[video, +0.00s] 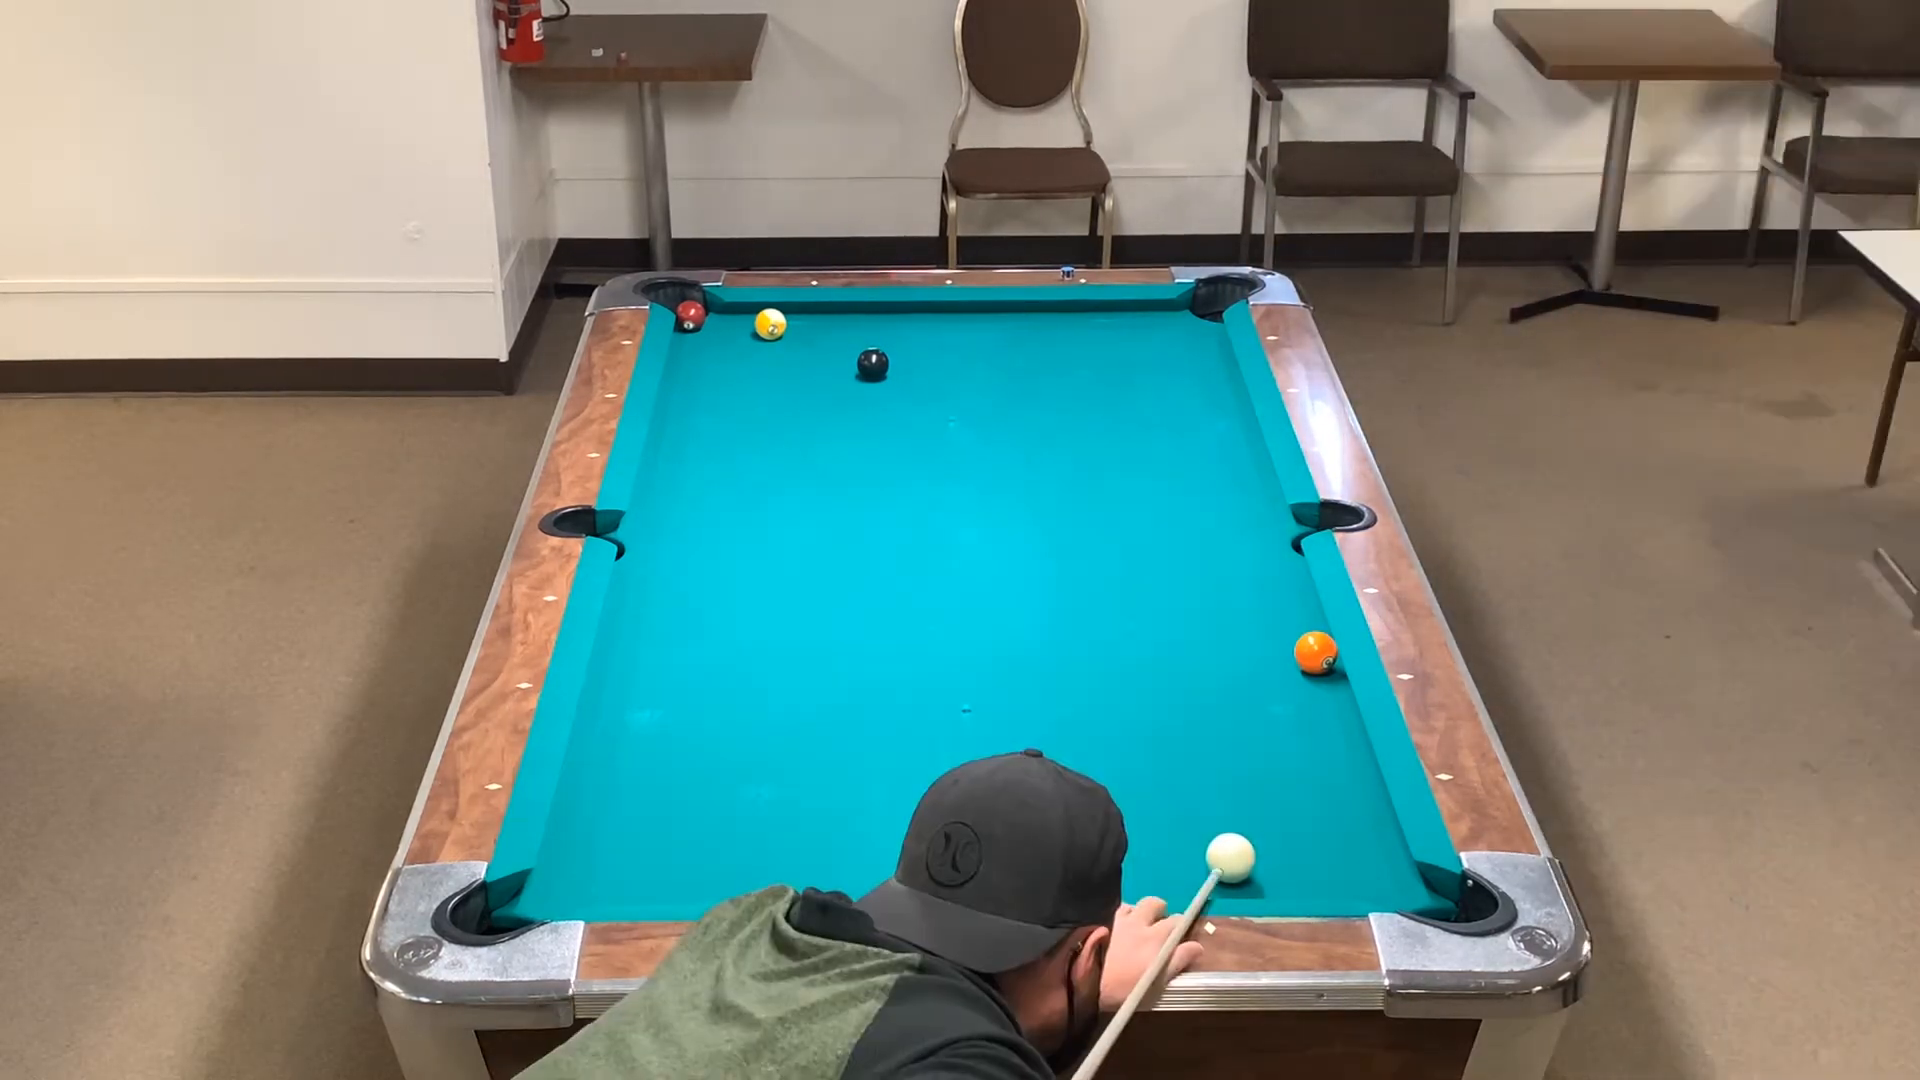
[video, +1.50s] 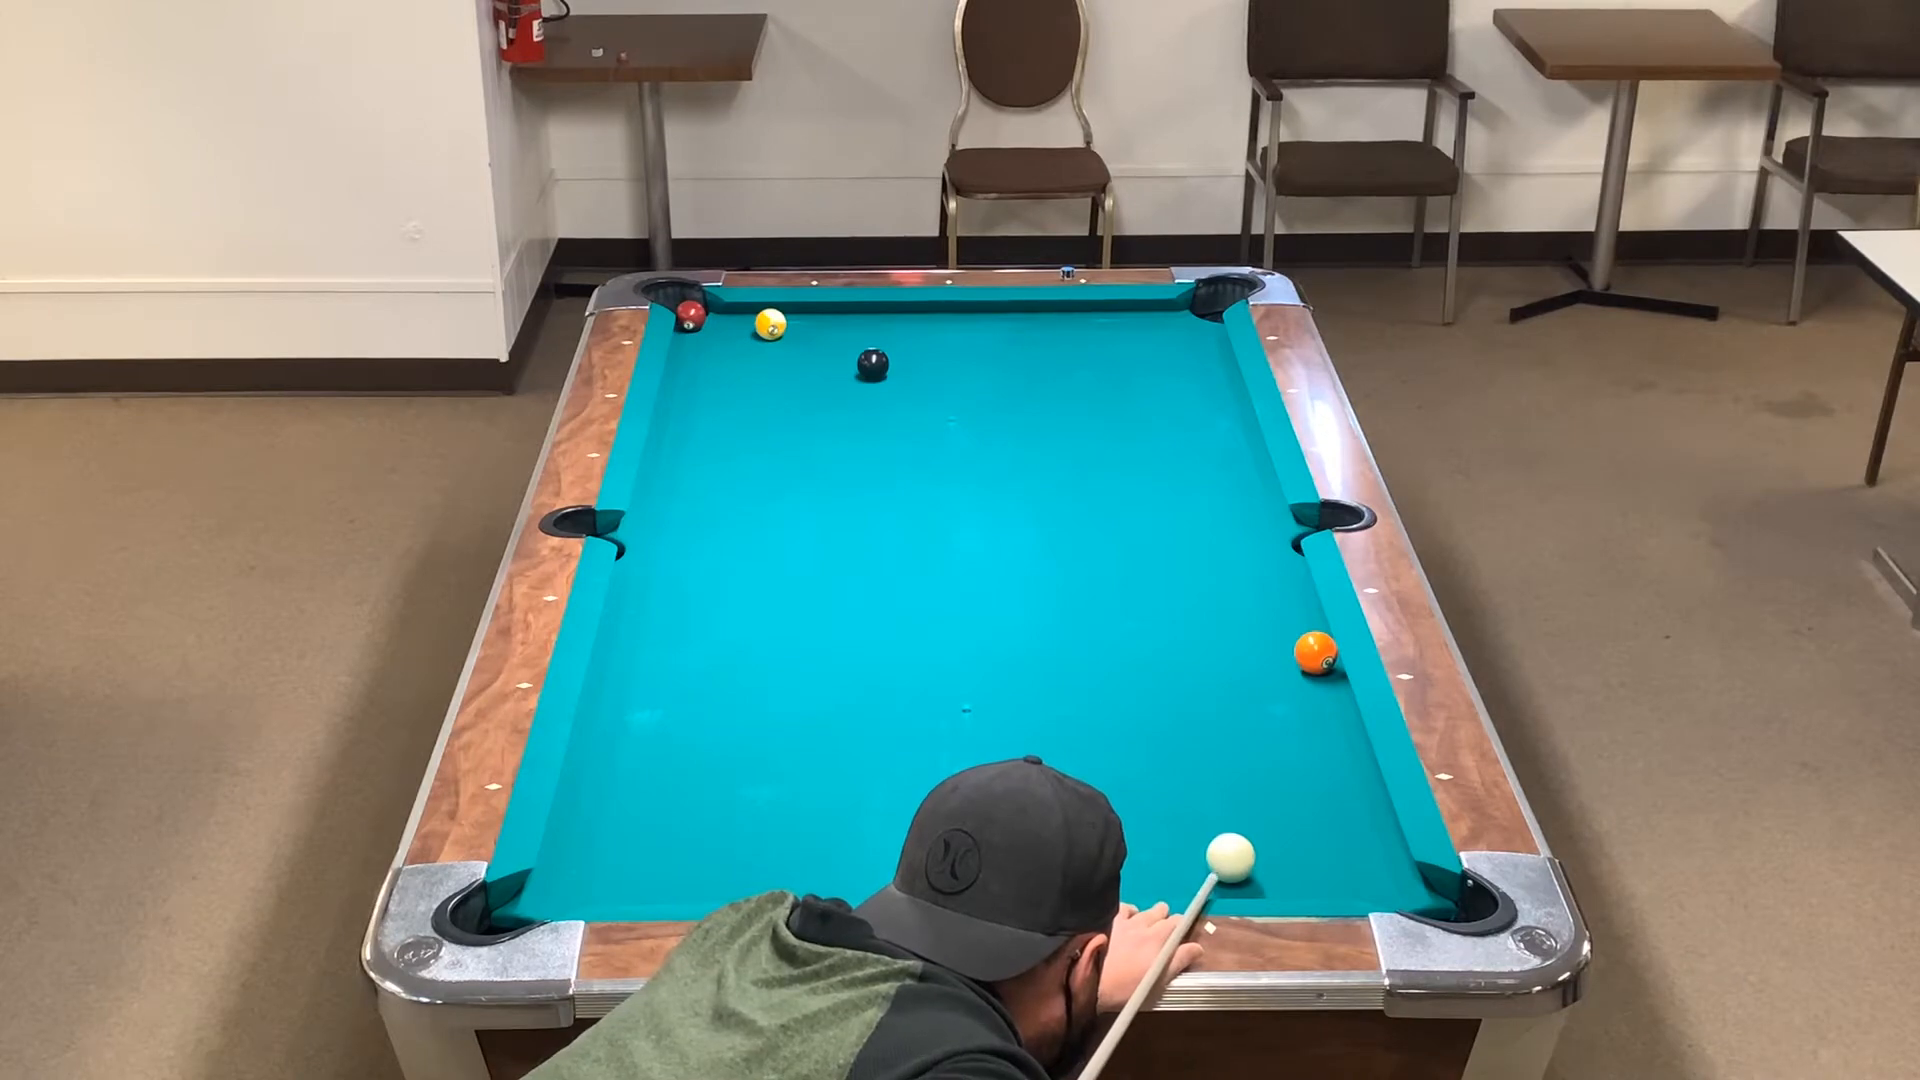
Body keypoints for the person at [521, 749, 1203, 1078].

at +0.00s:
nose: (1105, 947)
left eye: (1106, 936)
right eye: (1105, 935)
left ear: (909, 871)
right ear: (1079, 956)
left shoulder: (753, 916)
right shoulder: (964, 1056)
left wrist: (1078, 993)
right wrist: (1101, 1012)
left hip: (555, 1064)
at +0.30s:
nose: (1105, 950)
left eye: (1107, 938)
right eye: (1105, 938)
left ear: (910, 874)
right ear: (1079, 959)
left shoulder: (754, 919)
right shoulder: (966, 1059)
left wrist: (1078, 996)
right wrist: (1100, 1017)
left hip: (557, 1064)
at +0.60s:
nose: (1104, 951)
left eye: (1105, 939)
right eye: (1105, 940)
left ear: (909, 876)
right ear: (1080, 965)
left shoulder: (753, 922)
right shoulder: (966, 1063)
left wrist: (1077, 996)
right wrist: (1096, 1019)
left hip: (557, 1067)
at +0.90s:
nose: (1109, 950)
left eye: (1108, 939)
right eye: (1109, 940)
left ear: (909, 878)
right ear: (1081, 965)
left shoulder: (753, 922)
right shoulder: (961, 1060)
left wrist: (1076, 1001)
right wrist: (1104, 1018)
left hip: (560, 1065)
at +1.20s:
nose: (1106, 951)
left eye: (1105, 938)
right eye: (1106, 939)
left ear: (907, 877)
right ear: (1082, 966)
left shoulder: (751, 921)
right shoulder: (964, 1060)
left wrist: (1073, 1003)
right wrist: (1093, 1021)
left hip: (561, 1065)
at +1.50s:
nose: (1106, 949)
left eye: (1105, 936)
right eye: (1106, 938)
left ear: (908, 877)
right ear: (1081, 966)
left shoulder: (749, 921)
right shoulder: (966, 1064)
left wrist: (1073, 999)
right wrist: (1091, 1019)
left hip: (556, 1067)